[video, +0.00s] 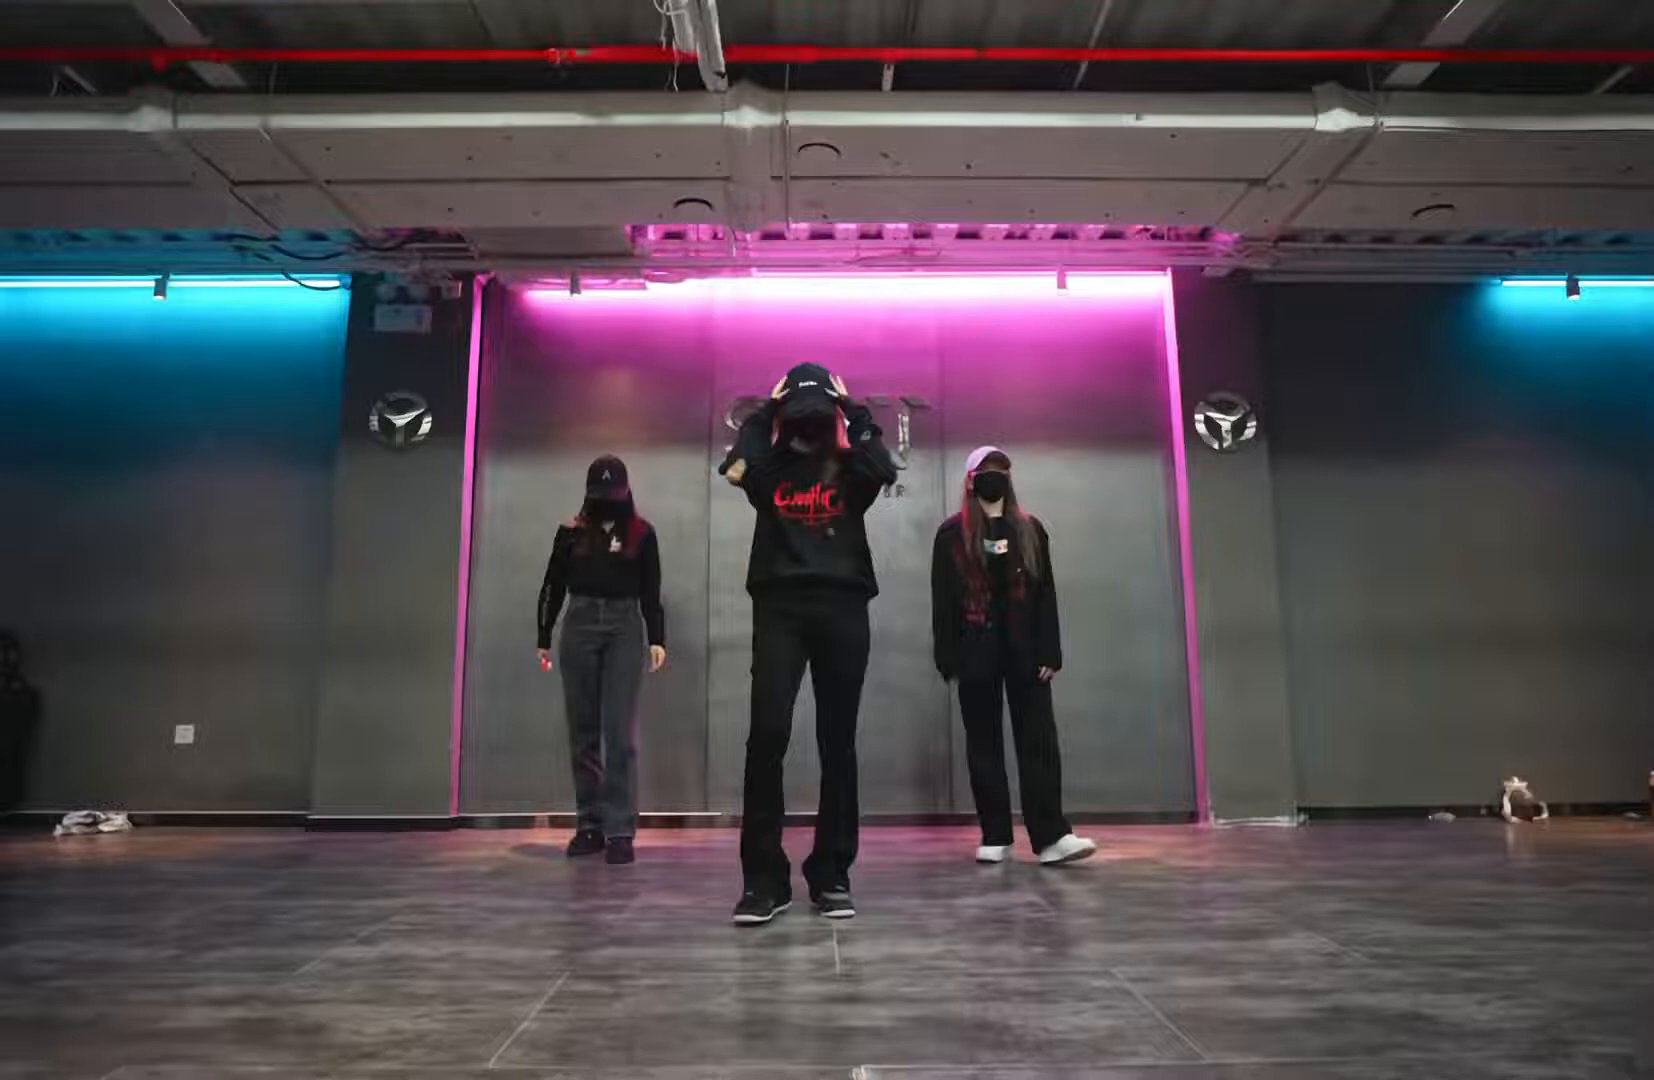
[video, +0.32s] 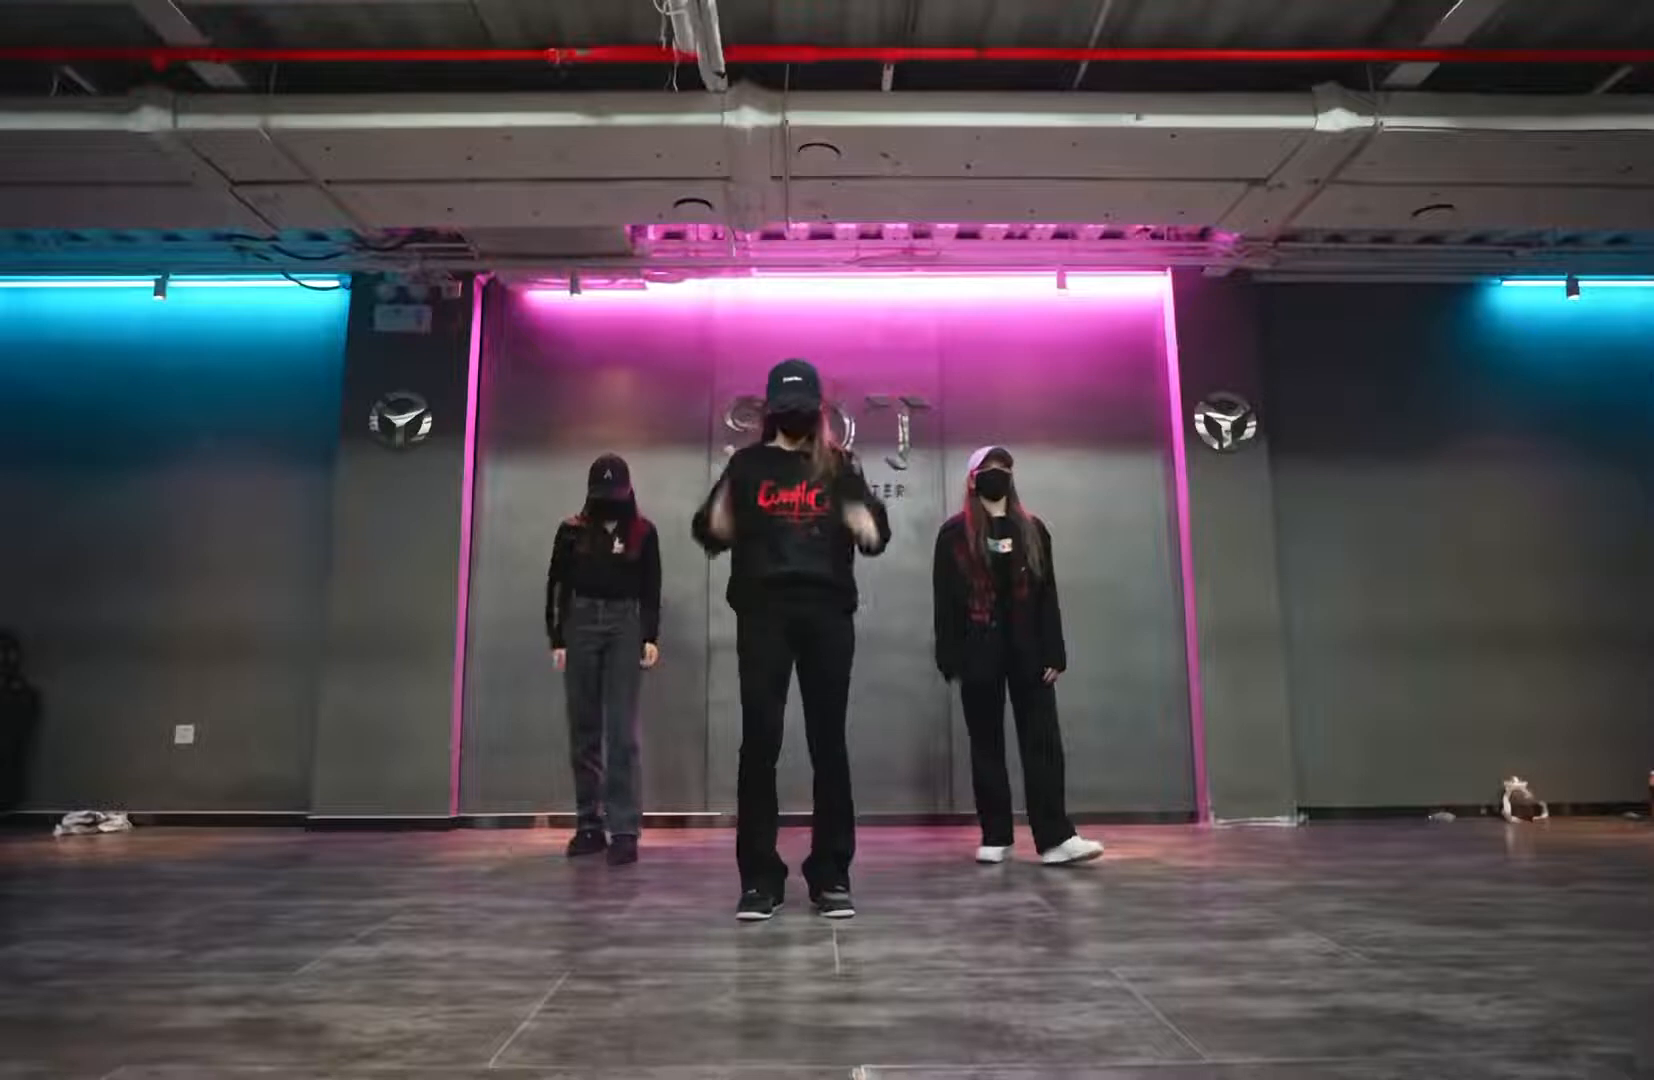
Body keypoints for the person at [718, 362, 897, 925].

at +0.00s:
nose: (809, 422)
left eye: (818, 413)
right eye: (800, 413)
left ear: (837, 413)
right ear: (783, 416)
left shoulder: (853, 460)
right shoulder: (767, 462)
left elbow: (883, 469)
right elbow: (743, 467)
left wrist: (852, 411)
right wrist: (767, 410)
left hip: (842, 612)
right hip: (778, 612)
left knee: (837, 745)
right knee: (766, 743)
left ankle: (832, 878)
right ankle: (764, 883)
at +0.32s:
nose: (793, 418)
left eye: (802, 409)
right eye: (785, 409)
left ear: (817, 407)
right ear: (771, 407)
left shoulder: (839, 466)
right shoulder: (746, 464)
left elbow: (875, 533)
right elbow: (708, 534)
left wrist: (866, 525)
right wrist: (717, 523)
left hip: (827, 618)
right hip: (762, 618)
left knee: (828, 746)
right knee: (759, 747)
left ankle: (831, 877)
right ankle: (760, 882)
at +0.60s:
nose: (777, 412)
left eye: (786, 403)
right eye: (768, 403)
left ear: (800, 401)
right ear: (753, 402)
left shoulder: (823, 464)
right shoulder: (728, 464)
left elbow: (842, 545)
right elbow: (710, 545)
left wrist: (841, 613)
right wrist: (719, 612)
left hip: (814, 618)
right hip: (747, 618)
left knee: (821, 745)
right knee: (753, 748)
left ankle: (829, 875)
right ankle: (760, 880)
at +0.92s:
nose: (768, 411)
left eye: (778, 402)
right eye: (760, 402)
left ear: (793, 400)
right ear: (744, 400)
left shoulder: (816, 466)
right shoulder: (719, 463)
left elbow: (838, 546)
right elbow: (696, 542)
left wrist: (849, 620)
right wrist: (693, 616)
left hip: (809, 615)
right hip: (743, 617)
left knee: (833, 742)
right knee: (753, 749)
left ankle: (855, 881)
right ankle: (761, 882)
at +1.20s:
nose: (783, 409)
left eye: (792, 399)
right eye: (774, 400)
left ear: (806, 398)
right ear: (757, 399)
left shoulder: (828, 460)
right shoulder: (733, 460)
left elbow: (855, 531)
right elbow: (710, 537)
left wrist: (863, 598)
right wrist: (716, 604)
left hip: (824, 613)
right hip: (758, 614)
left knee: (841, 742)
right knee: (764, 746)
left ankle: (860, 882)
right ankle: (767, 881)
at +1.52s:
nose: (814, 404)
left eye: (822, 394)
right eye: (805, 395)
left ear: (836, 393)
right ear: (790, 395)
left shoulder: (860, 459)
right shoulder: (765, 457)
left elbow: (884, 535)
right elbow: (746, 539)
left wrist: (889, 605)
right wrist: (757, 607)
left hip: (852, 614)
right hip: (786, 614)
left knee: (859, 746)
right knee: (778, 747)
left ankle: (866, 883)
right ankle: (771, 880)